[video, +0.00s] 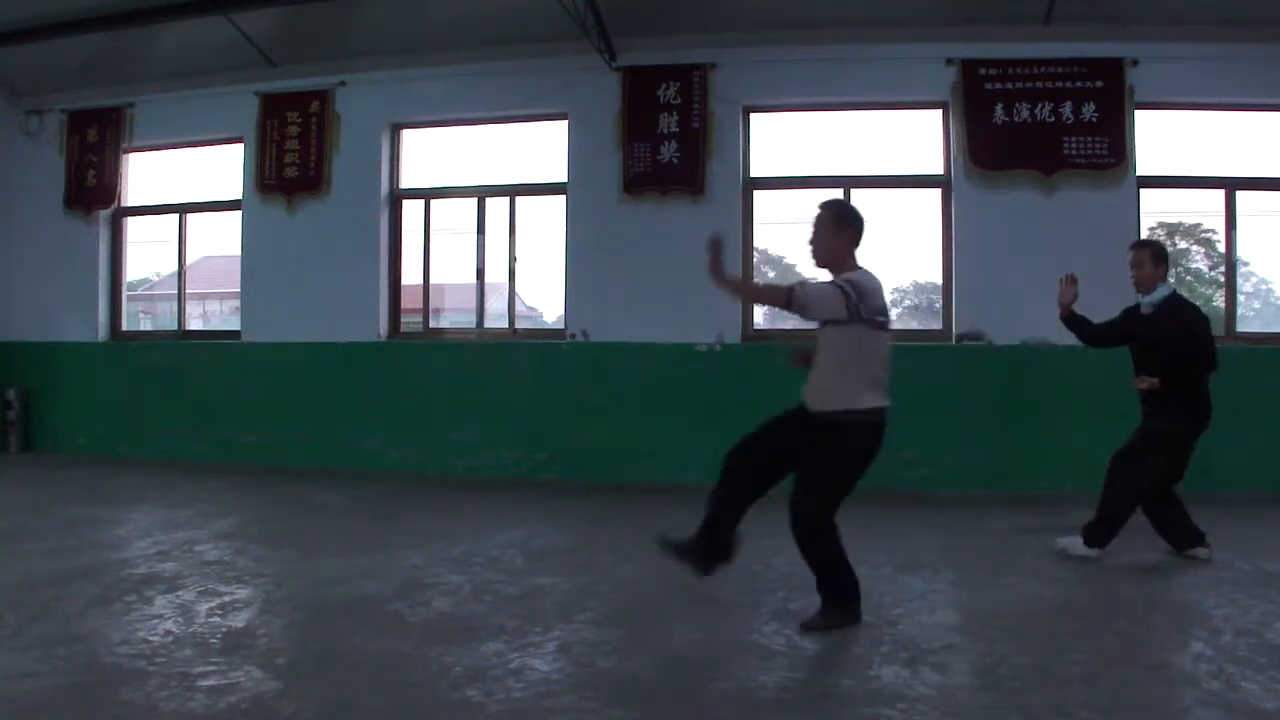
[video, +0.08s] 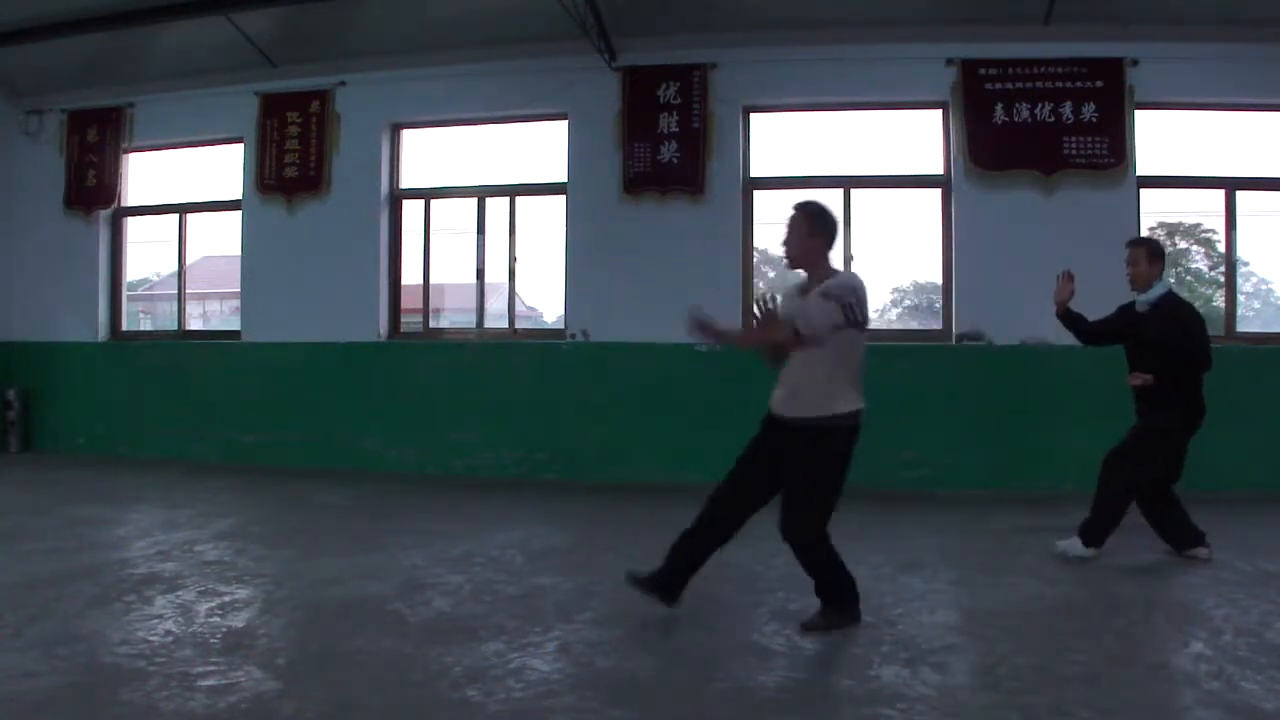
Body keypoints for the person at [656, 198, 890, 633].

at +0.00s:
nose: (811, 239)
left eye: (819, 230)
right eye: (813, 230)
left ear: (845, 236)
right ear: (842, 238)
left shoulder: (860, 288)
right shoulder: (842, 290)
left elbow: (790, 297)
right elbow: (858, 353)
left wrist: (724, 280)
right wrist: (816, 358)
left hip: (854, 424)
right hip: (815, 416)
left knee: (810, 513)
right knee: (745, 463)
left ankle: (842, 605)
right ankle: (709, 548)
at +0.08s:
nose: (784, 240)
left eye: (792, 232)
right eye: (787, 232)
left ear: (816, 238)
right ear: (812, 239)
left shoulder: (846, 289)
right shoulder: (796, 296)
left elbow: (793, 332)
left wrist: (725, 336)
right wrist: (765, 331)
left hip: (829, 427)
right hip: (784, 424)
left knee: (802, 526)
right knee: (729, 504)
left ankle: (843, 606)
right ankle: (669, 581)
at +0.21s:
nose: (753, 252)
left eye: (761, 245)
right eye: (754, 244)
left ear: (786, 252)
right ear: (761, 252)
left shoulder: (819, 306)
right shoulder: (746, 305)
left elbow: (822, 369)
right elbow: (691, 334)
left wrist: (769, 359)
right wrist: (689, 294)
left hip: (804, 436)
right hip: (758, 433)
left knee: (776, 531)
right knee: (707, 512)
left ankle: (839, 602)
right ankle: (659, 596)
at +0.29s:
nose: (717, 270)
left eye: (724, 262)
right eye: (717, 262)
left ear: (751, 266)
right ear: (737, 266)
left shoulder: (777, 316)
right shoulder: (733, 313)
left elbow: (749, 369)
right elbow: (687, 335)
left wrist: (715, 310)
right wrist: (656, 297)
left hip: (785, 444)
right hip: (746, 443)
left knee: (744, 534)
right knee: (688, 515)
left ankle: (820, 591)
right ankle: (652, 601)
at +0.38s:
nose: (701, 274)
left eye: (707, 265)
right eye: (702, 265)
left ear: (731, 266)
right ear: (735, 267)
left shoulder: (755, 314)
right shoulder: (741, 317)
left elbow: (697, 342)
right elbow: (715, 373)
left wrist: (659, 296)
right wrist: (676, 342)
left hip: (780, 445)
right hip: (744, 444)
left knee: (740, 531)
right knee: (687, 513)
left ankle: (809, 600)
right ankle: (653, 601)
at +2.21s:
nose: (684, 264)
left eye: (689, 253)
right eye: (683, 254)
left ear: (719, 252)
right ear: (719, 254)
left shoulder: (732, 302)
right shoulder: (747, 298)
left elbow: (649, 326)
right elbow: (750, 366)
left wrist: (606, 280)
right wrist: (693, 380)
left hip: (769, 440)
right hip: (736, 439)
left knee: (754, 534)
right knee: (686, 510)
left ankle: (812, 604)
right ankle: (655, 599)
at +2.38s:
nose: (651, 264)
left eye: (657, 253)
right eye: (651, 254)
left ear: (686, 254)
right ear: (689, 256)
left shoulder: (695, 308)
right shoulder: (722, 304)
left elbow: (612, 329)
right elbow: (733, 369)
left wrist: (568, 283)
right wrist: (689, 401)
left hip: (732, 445)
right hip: (708, 442)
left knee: (741, 541)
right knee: (650, 517)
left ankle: (809, 601)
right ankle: (593, 594)